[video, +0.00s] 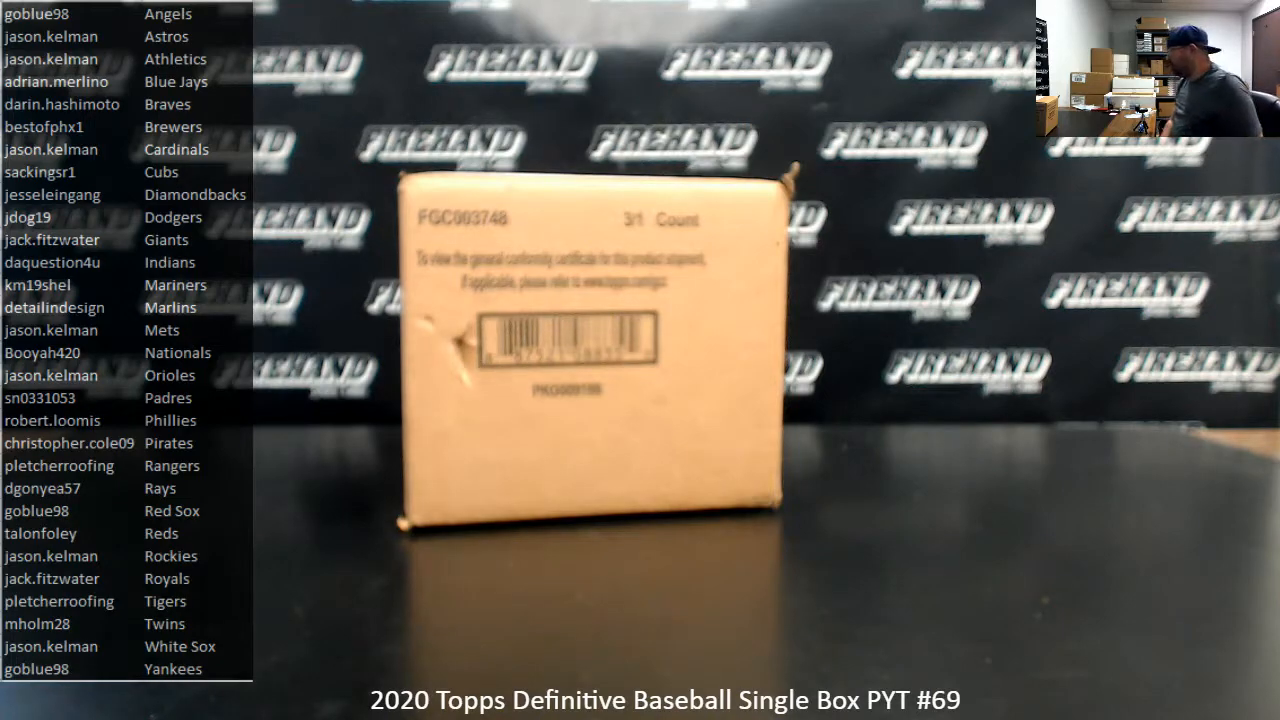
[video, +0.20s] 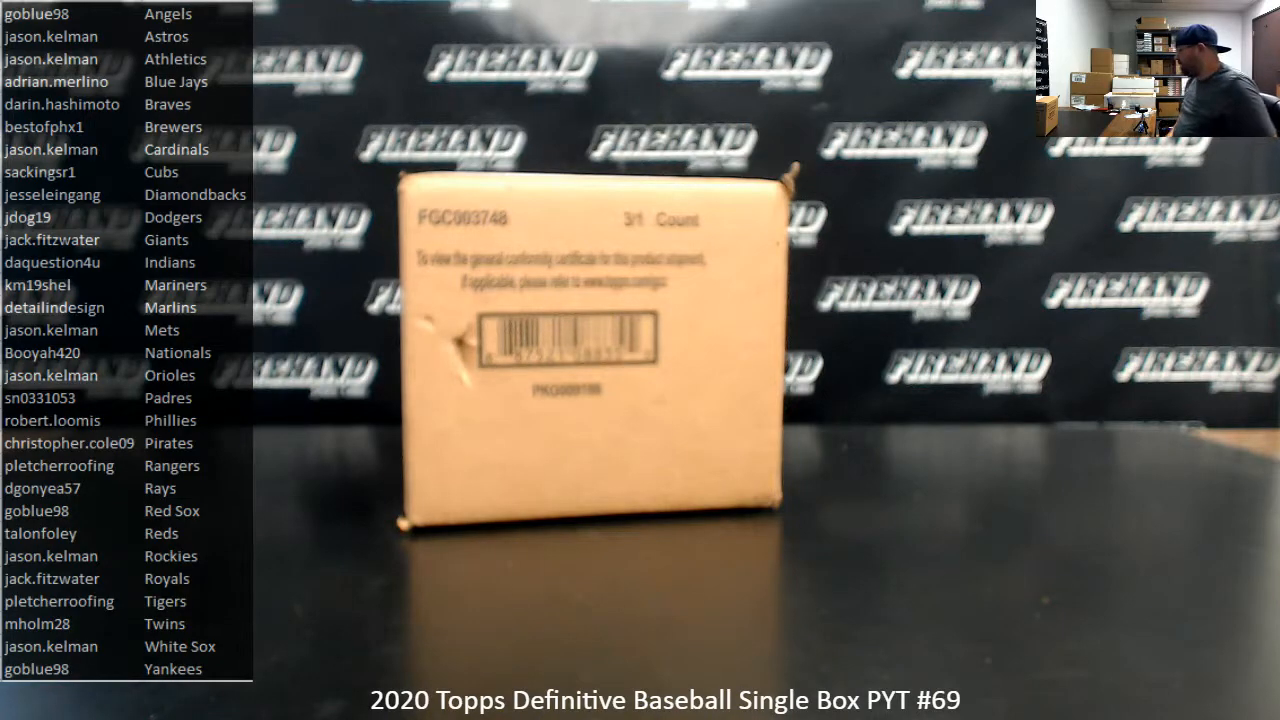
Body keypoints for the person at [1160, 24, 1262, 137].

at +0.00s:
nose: (1168, 58)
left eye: (1171, 51)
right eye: (1169, 51)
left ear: (1192, 49)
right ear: (1192, 49)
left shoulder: (1227, 85)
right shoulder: (1186, 82)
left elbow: (1253, 141)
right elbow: (1174, 121)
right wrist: (1161, 150)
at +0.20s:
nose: (1177, 58)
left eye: (1180, 51)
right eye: (1177, 52)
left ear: (1200, 48)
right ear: (1201, 49)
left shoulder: (1236, 85)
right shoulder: (1193, 82)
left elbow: (1267, 143)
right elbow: (1181, 126)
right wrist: (1161, 148)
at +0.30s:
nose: (1181, 58)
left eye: (1184, 52)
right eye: (1181, 53)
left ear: (1205, 49)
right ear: (1204, 49)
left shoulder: (1242, 85)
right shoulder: (1199, 84)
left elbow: (1273, 139)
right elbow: (1187, 122)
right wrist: (1162, 143)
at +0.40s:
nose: (1186, 58)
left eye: (1189, 51)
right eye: (1186, 52)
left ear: (1209, 50)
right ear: (1209, 50)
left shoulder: (1247, 86)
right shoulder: (1202, 82)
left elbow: (1277, 130)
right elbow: (1195, 116)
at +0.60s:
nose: (1196, 59)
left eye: (1200, 52)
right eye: (1197, 53)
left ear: (1219, 51)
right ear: (1220, 51)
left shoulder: (1261, 91)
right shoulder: (1215, 83)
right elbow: (1205, 111)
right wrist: (1186, 120)